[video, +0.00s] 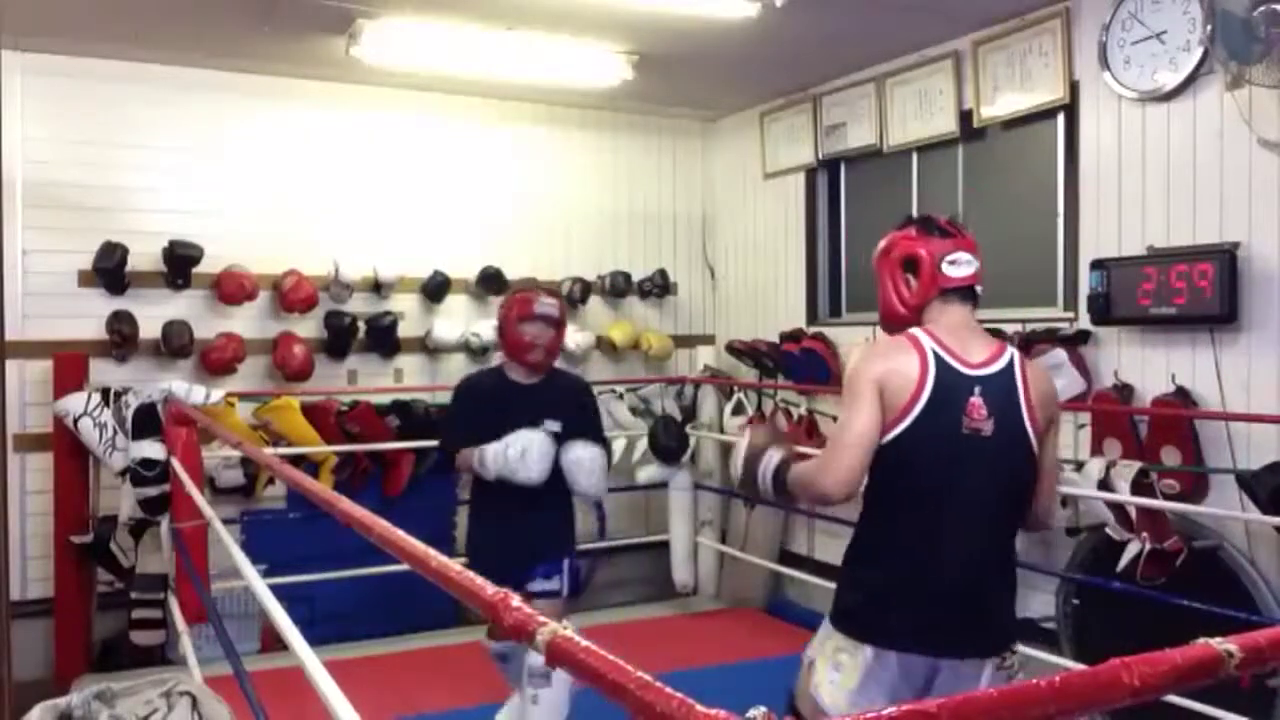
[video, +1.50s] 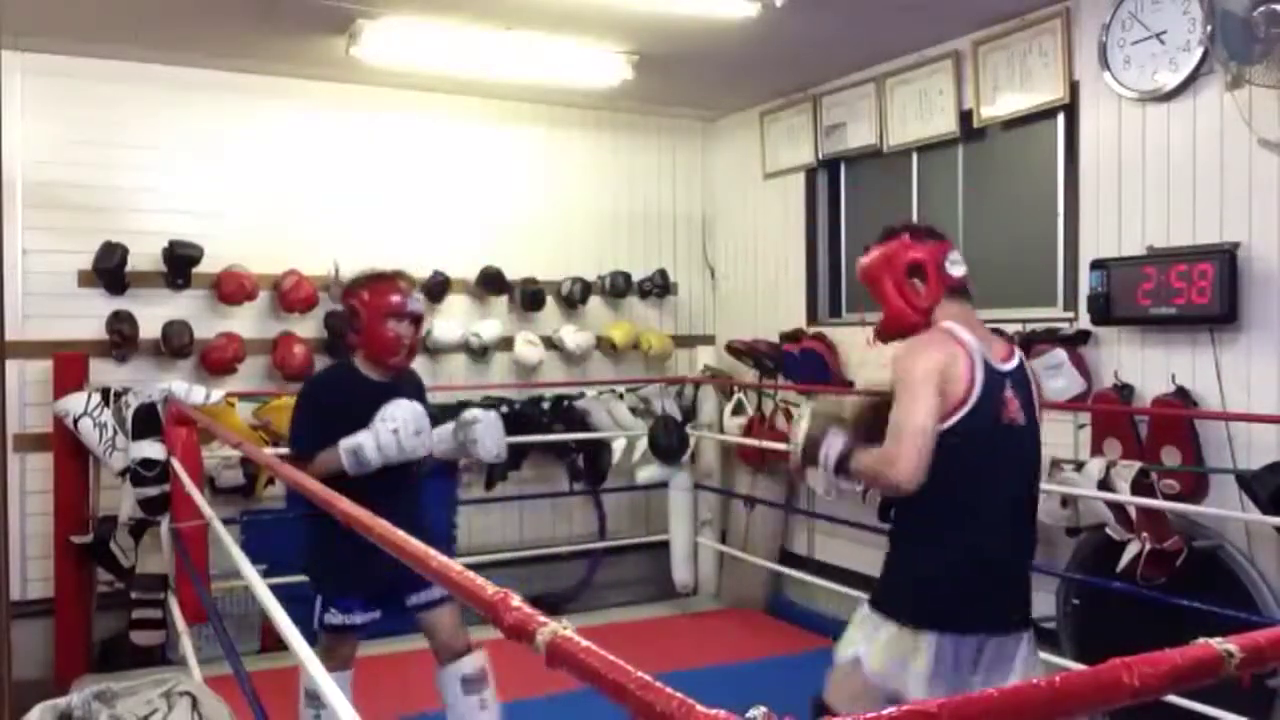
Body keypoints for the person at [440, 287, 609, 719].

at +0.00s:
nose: (538, 338)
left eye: (548, 329)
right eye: (528, 327)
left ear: (560, 337)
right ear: (506, 330)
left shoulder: (573, 390)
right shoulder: (476, 389)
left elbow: (593, 448)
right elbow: (457, 452)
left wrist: (587, 464)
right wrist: (498, 457)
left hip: (550, 526)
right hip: (492, 529)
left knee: (543, 631)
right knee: (501, 636)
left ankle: (544, 708)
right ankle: (527, 696)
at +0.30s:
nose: (541, 326)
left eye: (554, 318)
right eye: (532, 312)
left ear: (566, 329)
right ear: (509, 313)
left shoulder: (573, 386)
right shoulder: (469, 373)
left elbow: (590, 474)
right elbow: (431, 450)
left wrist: (607, 444)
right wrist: (431, 473)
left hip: (535, 534)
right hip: (468, 532)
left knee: (543, 647)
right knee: (426, 631)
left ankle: (542, 713)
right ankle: (452, 713)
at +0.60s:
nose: (497, 320)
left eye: (508, 310)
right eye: (486, 306)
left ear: (519, 320)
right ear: (460, 311)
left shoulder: (532, 378)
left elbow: (574, 423)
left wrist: (592, 380)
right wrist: (395, 484)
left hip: (505, 543)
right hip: (432, 542)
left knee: (521, 651)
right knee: (379, 636)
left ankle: (532, 715)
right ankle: (344, 715)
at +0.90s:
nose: (422, 328)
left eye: (430, 317)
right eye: (410, 315)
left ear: (438, 323)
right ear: (379, 320)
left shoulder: (447, 385)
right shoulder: (341, 386)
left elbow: (488, 437)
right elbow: (306, 457)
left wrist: (509, 398)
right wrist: (339, 462)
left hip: (434, 544)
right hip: (362, 547)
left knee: (478, 642)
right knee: (344, 652)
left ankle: (505, 712)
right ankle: (324, 713)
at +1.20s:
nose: (393, 329)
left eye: (401, 319)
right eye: (380, 316)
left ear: (410, 326)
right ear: (346, 324)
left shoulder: (408, 382)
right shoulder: (314, 390)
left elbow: (421, 455)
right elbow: (286, 468)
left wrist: (459, 430)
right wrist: (337, 457)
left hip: (408, 543)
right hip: (341, 546)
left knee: (428, 660)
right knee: (337, 656)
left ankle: (404, 715)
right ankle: (322, 715)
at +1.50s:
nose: (406, 332)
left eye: (413, 322)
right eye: (394, 319)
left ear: (421, 326)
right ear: (361, 324)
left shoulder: (409, 383)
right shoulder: (323, 391)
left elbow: (405, 457)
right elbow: (299, 472)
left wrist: (452, 441)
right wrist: (368, 446)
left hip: (411, 543)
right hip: (344, 548)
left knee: (454, 644)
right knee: (336, 656)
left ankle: (473, 713)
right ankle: (321, 715)